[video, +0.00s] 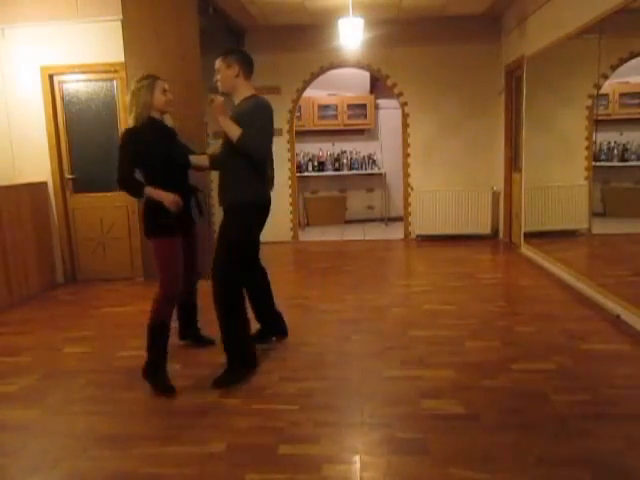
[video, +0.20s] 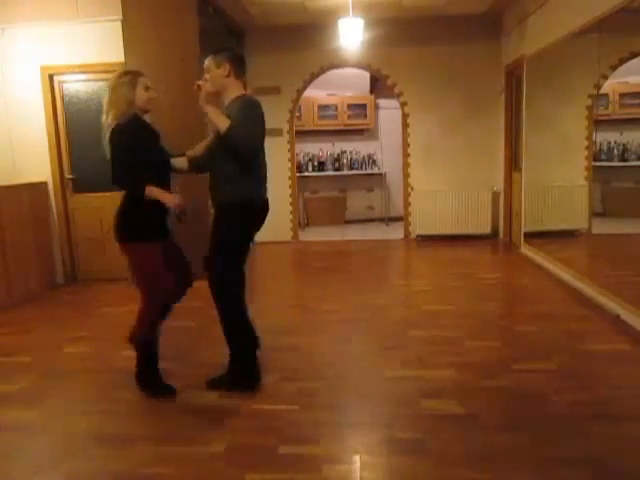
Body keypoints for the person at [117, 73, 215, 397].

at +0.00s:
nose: (170, 97)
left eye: (169, 91)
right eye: (163, 92)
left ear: (161, 97)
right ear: (146, 97)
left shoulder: (167, 131)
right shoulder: (135, 135)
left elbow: (181, 162)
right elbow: (125, 180)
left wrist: (214, 163)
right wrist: (159, 195)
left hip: (184, 212)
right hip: (161, 216)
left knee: (189, 275)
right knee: (170, 286)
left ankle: (189, 328)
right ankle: (155, 365)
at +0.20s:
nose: (153, 93)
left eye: (152, 88)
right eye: (146, 88)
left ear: (138, 93)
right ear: (128, 94)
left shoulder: (143, 127)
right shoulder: (125, 129)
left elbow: (161, 165)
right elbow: (123, 178)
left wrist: (196, 155)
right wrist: (165, 196)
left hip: (152, 221)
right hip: (138, 224)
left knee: (180, 277)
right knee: (155, 290)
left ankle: (143, 330)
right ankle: (148, 371)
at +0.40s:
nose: (136, 93)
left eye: (134, 88)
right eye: (130, 89)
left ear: (119, 95)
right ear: (112, 95)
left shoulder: (128, 133)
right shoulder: (114, 136)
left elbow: (168, 159)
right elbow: (122, 190)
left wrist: (205, 130)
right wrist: (147, 224)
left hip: (130, 224)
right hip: (119, 227)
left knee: (147, 297)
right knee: (134, 301)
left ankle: (100, 361)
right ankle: (145, 378)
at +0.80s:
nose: (125, 89)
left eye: (123, 83)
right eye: (118, 84)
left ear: (108, 88)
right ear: (98, 89)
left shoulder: (116, 128)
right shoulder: (88, 132)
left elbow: (134, 168)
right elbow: (82, 186)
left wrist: (170, 166)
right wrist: (118, 218)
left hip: (121, 224)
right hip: (109, 227)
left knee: (118, 300)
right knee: (150, 300)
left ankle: (89, 369)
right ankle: (132, 370)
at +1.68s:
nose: (124, 95)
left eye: (123, 89)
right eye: (118, 89)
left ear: (100, 94)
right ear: (99, 93)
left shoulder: (109, 132)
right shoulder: (95, 137)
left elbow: (132, 164)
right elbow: (99, 192)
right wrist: (139, 182)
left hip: (109, 237)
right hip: (110, 240)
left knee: (93, 306)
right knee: (162, 292)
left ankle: (86, 376)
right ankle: (163, 367)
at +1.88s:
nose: (160, 90)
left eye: (158, 84)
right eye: (154, 84)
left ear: (138, 88)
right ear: (135, 88)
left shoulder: (151, 126)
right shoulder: (124, 133)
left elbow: (163, 164)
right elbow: (115, 188)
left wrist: (193, 152)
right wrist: (150, 180)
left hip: (157, 223)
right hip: (144, 227)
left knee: (138, 298)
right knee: (168, 303)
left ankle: (100, 360)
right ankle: (200, 375)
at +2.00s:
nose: (189, 86)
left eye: (187, 80)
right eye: (182, 80)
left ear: (176, 86)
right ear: (167, 87)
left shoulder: (185, 125)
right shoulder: (155, 130)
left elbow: (200, 166)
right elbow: (145, 184)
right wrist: (179, 178)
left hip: (197, 221)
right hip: (173, 225)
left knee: (209, 300)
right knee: (185, 305)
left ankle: (158, 337)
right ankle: (204, 379)